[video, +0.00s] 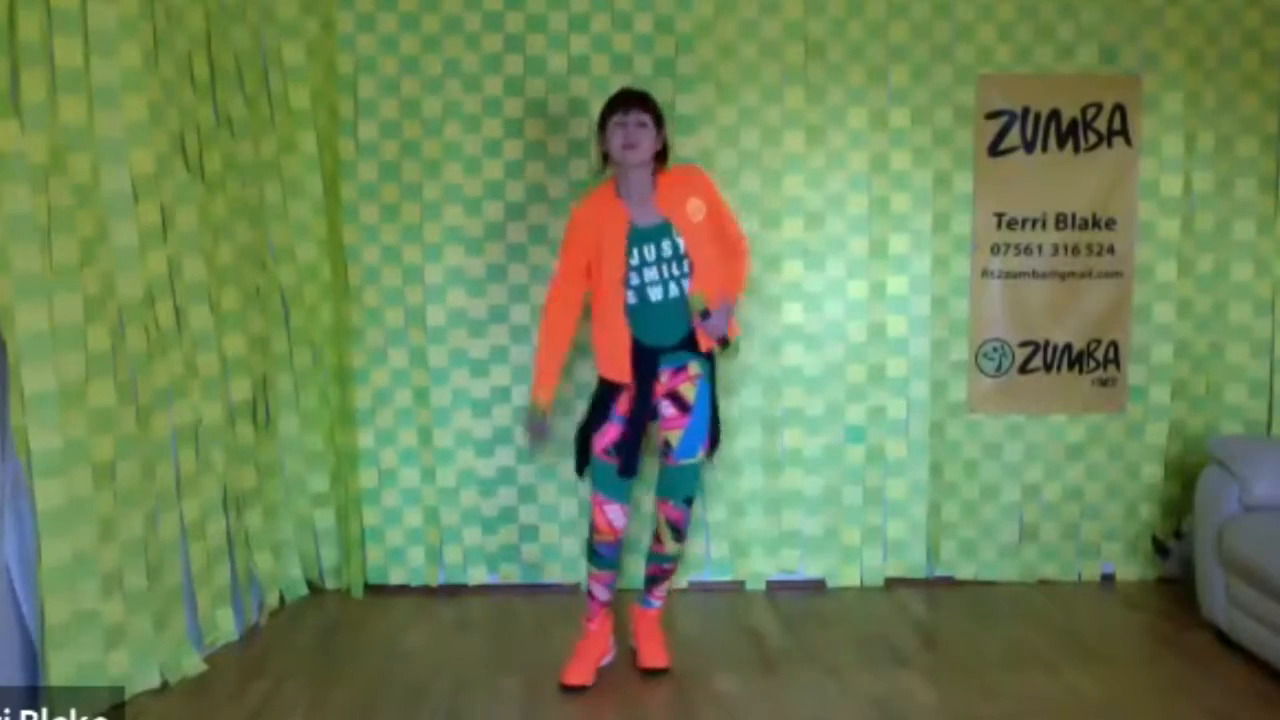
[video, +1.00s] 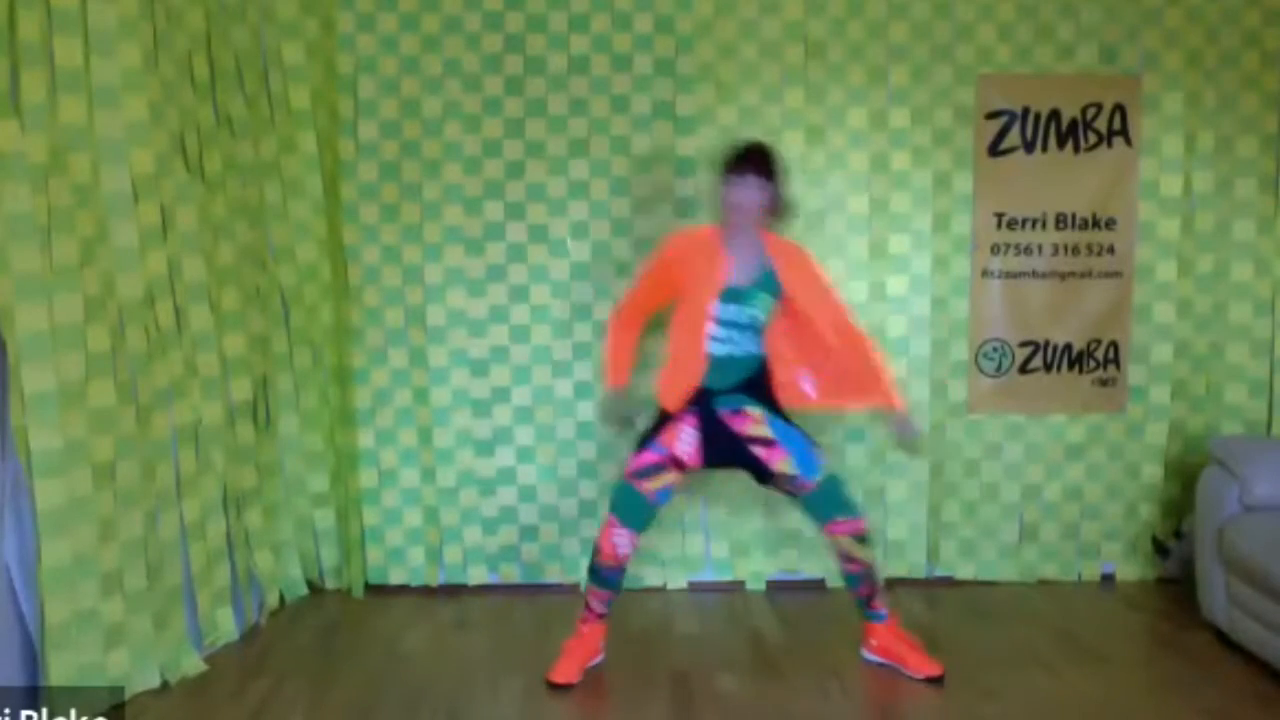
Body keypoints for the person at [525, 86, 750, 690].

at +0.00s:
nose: (630, 135)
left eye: (641, 126)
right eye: (619, 127)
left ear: (660, 138)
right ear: (604, 142)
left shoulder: (692, 186)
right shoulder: (591, 213)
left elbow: (733, 249)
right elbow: (563, 303)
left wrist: (725, 305)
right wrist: (542, 394)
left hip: (689, 364)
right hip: (622, 370)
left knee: (677, 500)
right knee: (607, 501)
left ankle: (649, 615)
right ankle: (597, 625)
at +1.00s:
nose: (741, 202)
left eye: (754, 192)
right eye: (734, 190)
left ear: (771, 201)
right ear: (721, 194)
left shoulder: (786, 260)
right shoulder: (687, 250)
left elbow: (840, 331)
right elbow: (630, 311)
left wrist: (889, 402)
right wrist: (616, 380)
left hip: (754, 409)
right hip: (685, 409)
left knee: (838, 510)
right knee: (626, 512)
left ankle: (880, 629)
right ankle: (589, 632)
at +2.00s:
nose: (464, 229)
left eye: (474, 216)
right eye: (452, 220)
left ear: (496, 224)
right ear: (439, 236)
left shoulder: (540, 260)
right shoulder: (442, 312)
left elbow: (616, 244)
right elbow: (387, 392)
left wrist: (622, 312)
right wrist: (324, 465)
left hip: (577, 439)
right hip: (501, 452)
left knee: (679, 534)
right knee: (401, 535)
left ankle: (661, 635)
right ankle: (405, 643)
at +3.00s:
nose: (686, 152)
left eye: (697, 141)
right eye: (674, 142)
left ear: (717, 149)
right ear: (660, 155)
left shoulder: (754, 201)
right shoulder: (650, 228)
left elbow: (789, 284)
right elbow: (636, 317)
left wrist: (810, 369)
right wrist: (638, 404)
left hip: (765, 369)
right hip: (695, 378)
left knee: (803, 502)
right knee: (679, 513)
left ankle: (766, 606)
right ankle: (680, 634)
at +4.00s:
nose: (786, 188)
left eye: (800, 178)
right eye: (779, 175)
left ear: (819, 187)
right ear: (763, 178)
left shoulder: (834, 247)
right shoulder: (726, 237)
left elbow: (877, 325)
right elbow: (674, 310)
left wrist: (920, 399)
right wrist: (663, 387)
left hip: (809, 401)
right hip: (738, 401)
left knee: (881, 514)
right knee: (674, 515)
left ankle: (952, 640)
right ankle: (673, 639)